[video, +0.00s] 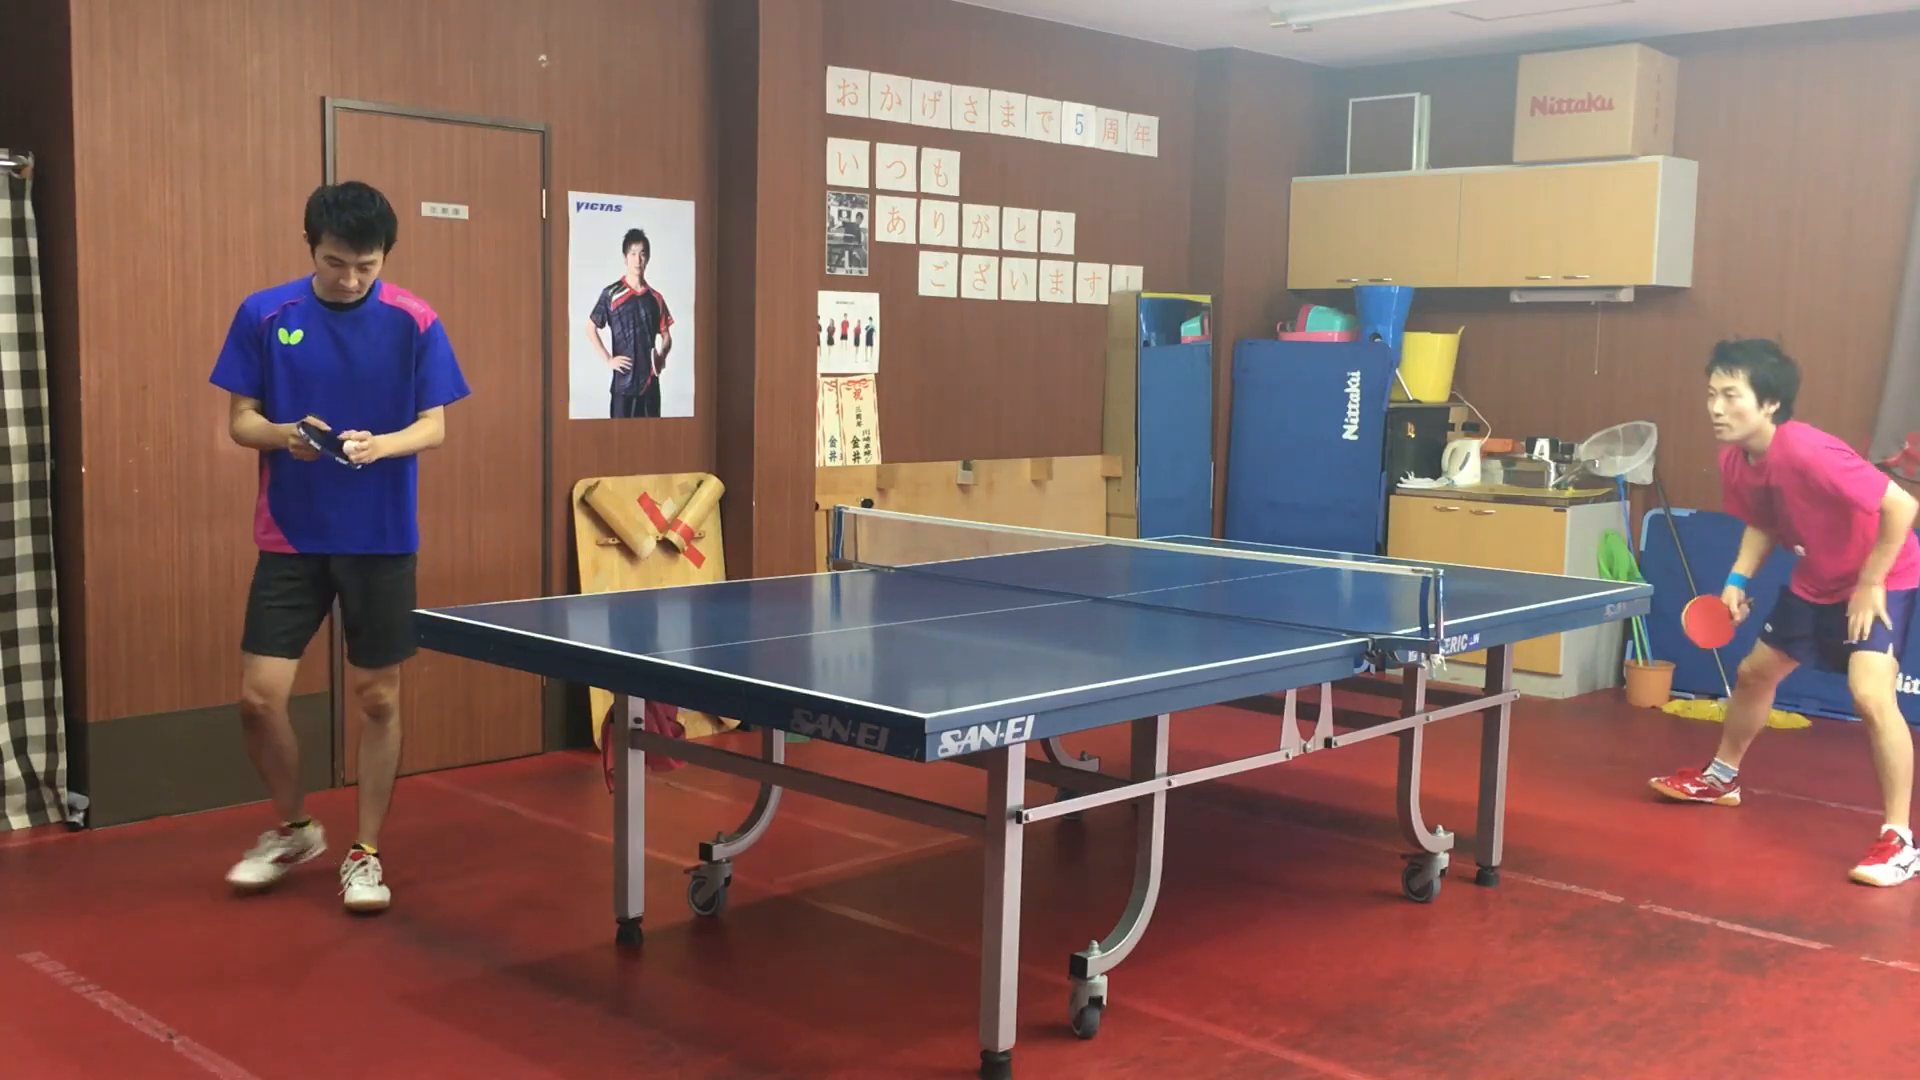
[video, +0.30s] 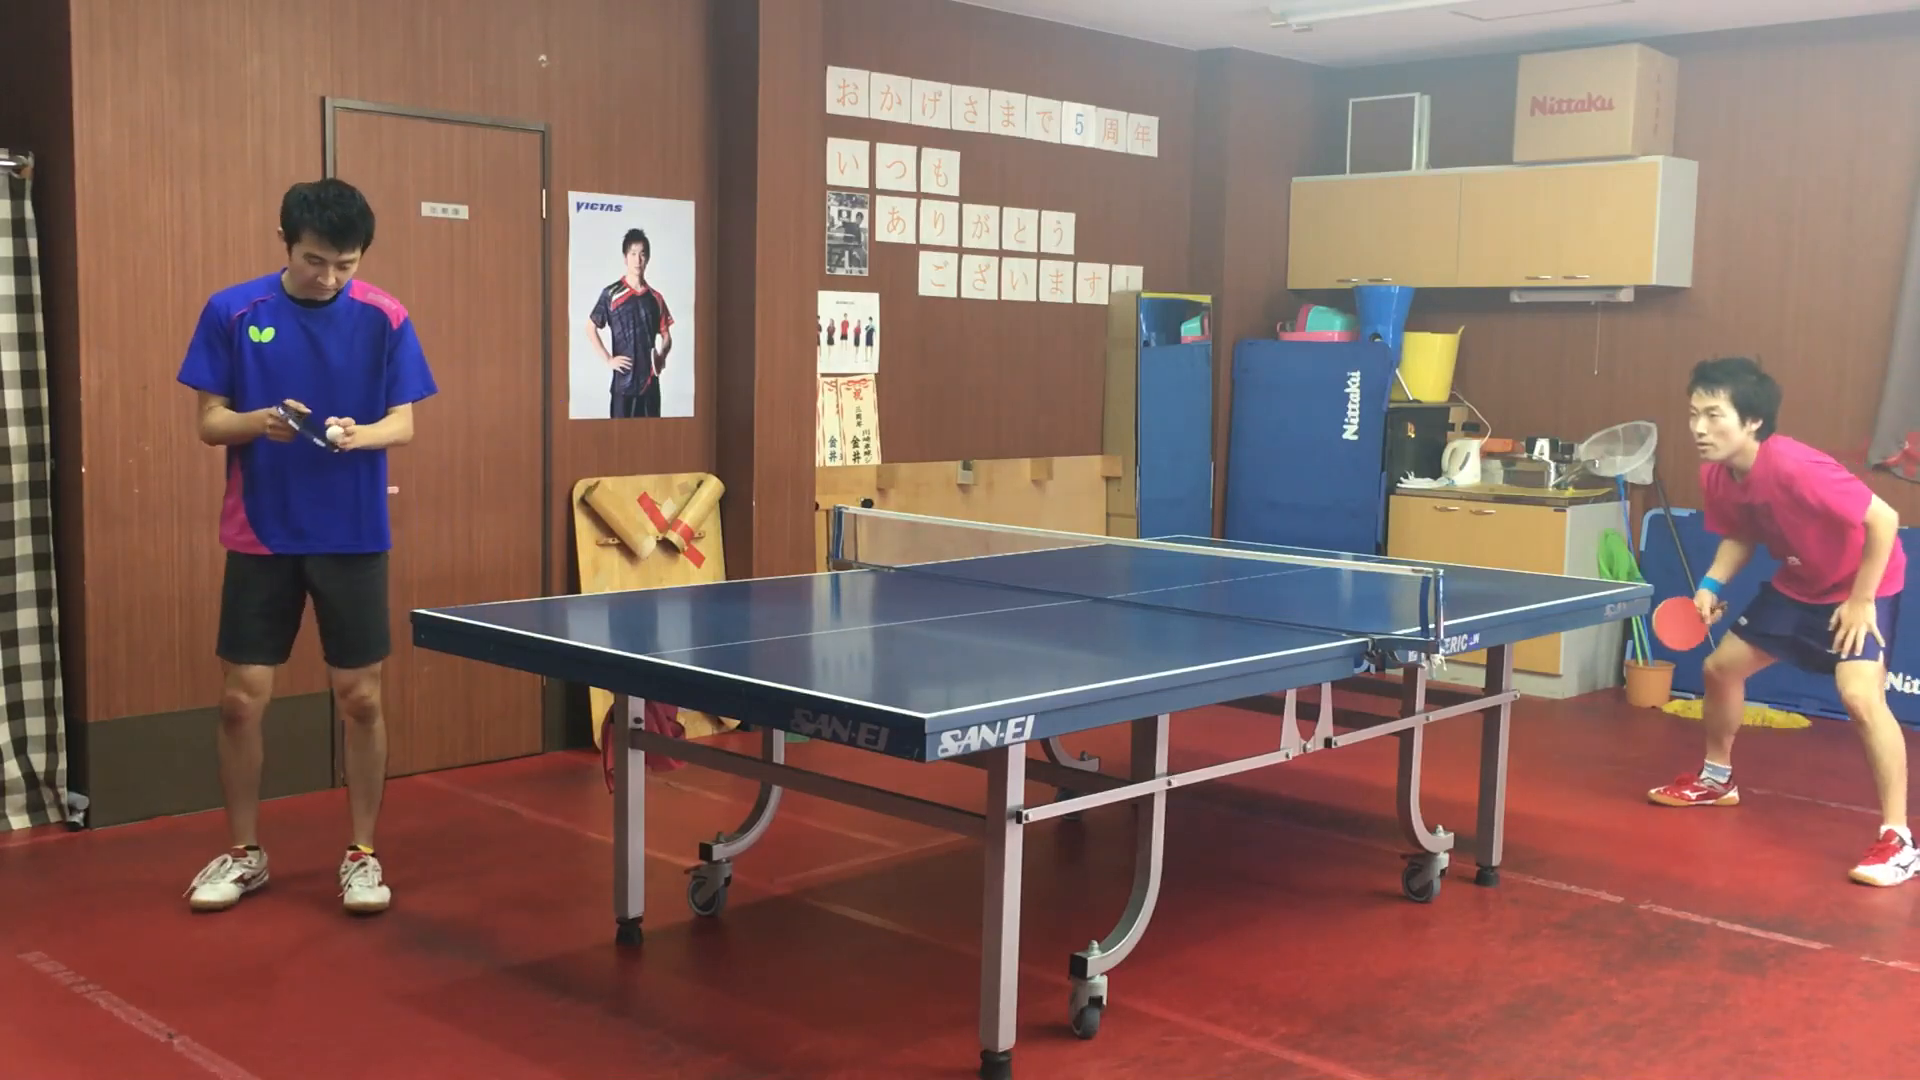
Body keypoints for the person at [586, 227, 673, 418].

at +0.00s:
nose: (638, 260)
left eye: (643, 254)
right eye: (633, 254)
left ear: (648, 258)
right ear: (625, 257)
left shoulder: (655, 297)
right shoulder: (611, 294)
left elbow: (666, 336)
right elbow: (591, 327)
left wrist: (662, 355)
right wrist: (608, 359)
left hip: (649, 378)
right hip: (624, 379)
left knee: (650, 436)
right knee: (622, 436)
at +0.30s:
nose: (638, 260)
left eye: (643, 254)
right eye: (633, 254)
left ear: (648, 258)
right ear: (625, 257)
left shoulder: (655, 297)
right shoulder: (611, 294)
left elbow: (666, 336)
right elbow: (591, 327)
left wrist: (662, 355)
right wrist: (608, 359)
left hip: (649, 378)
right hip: (624, 379)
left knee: (650, 436)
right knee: (622, 436)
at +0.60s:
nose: (638, 259)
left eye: (643, 254)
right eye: (633, 254)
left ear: (648, 258)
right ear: (625, 257)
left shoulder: (655, 297)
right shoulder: (611, 294)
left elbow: (666, 336)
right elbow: (591, 327)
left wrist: (662, 355)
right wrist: (608, 359)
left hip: (649, 378)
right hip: (624, 379)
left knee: (650, 436)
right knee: (622, 436)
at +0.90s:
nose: (638, 260)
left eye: (643, 254)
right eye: (633, 254)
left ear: (648, 258)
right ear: (625, 257)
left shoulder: (655, 297)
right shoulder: (611, 294)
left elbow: (666, 336)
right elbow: (591, 327)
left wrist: (662, 355)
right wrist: (608, 359)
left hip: (650, 378)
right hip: (624, 379)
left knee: (650, 436)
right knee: (622, 436)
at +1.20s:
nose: (638, 259)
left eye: (643, 254)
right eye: (633, 254)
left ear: (648, 258)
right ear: (625, 257)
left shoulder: (655, 297)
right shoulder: (611, 294)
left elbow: (666, 336)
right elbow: (591, 327)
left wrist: (662, 355)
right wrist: (608, 359)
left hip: (649, 378)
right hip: (624, 379)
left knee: (650, 436)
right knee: (622, 436)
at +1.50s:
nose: (638, 260)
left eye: (643, 254)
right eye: (633, 254)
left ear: (648, 258)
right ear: (625, 258)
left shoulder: (655, 297)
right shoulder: (611, 294)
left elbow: (666, 336)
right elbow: (591, 327)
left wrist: (662, 356)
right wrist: (608, 359)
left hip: (649, 378)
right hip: (624, 379)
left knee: (650, 435)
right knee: (622, 436)